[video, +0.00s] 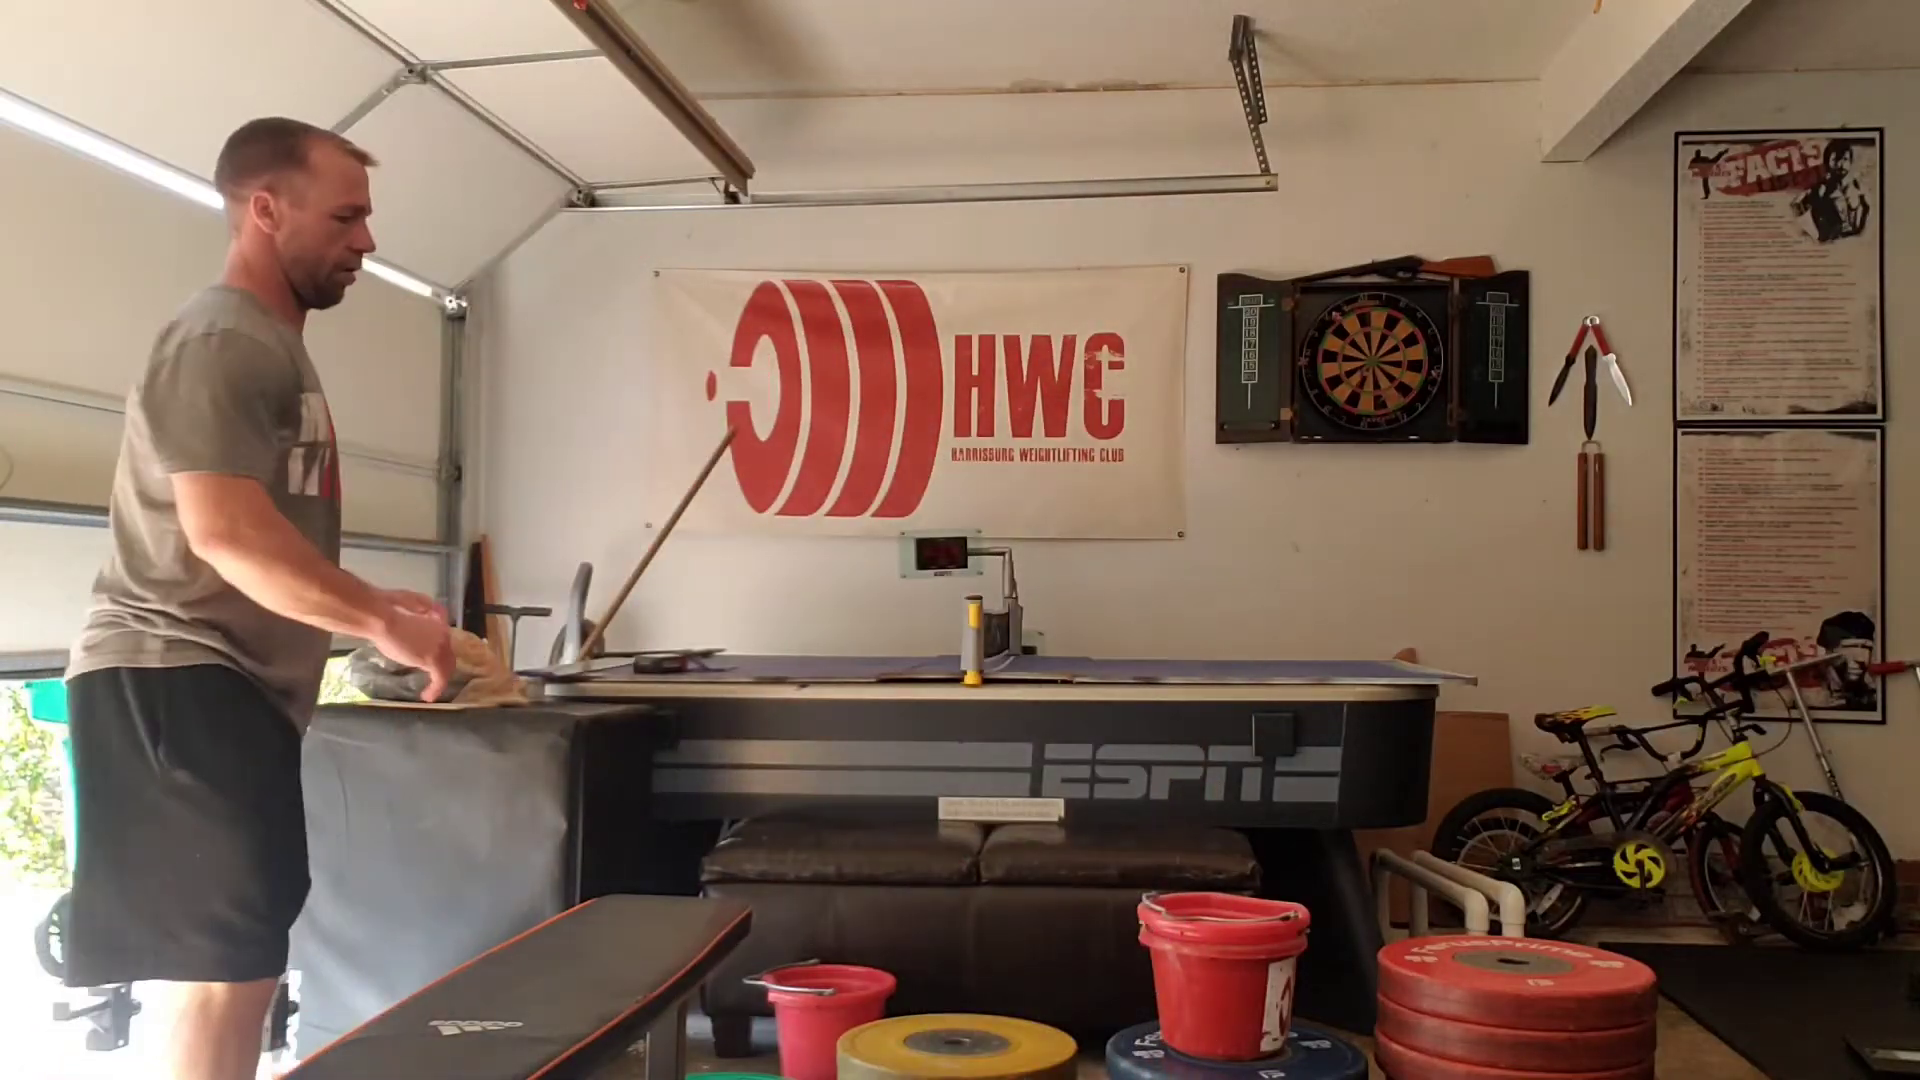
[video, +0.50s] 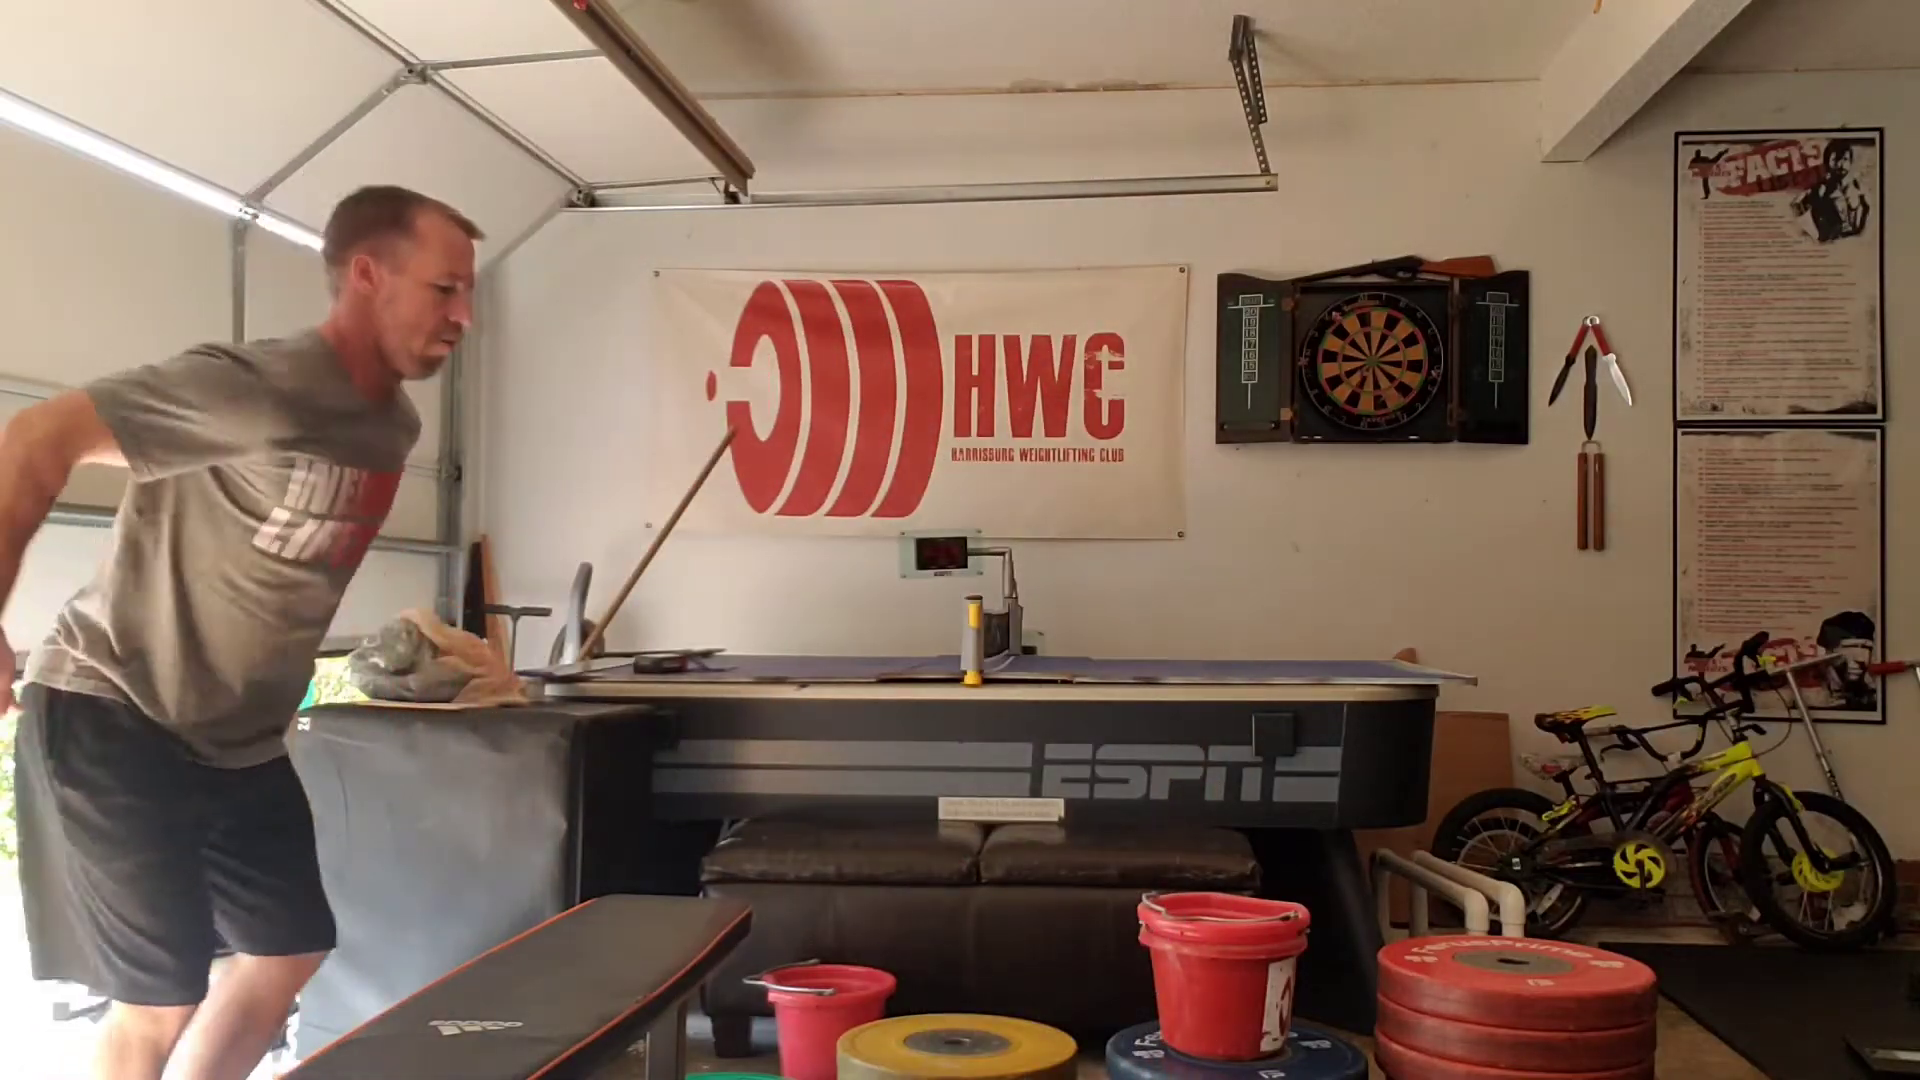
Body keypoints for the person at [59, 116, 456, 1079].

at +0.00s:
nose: (366, 240)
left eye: (366, 217)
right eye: (347, 215)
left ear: (276, 214)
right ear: (265, 209)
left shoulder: (271, 349)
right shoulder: (225, 337)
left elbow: (267, 544)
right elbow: (222, 528)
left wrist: (393, 618)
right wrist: (381, 618)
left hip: (226, 678)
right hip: (179, 673)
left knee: (237, 972)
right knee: (227, 975)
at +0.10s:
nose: (361, 245)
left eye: (363, 223)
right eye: (343, 220)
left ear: (268, 220)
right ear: (259, 215)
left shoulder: (291, 371)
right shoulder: (187, 347)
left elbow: (314, 538)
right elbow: (158, 523)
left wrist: (417, 600)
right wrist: (334, 630)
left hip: (230, 688)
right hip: (152, 678)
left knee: (218, 960)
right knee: (230, 957)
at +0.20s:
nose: (364, 242)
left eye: (366, 221)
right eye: (346, 216)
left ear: (272, 214)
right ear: (262, 208)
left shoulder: (313, 372)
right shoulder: (186, 331)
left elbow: (350, 531)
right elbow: (113, 502)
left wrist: (452, 624)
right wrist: (249, 636)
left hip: (223, 697)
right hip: (134, 680)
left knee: (201, 964)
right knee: (197, 966)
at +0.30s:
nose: (382, 248)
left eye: (385, 227)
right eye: (363, 221)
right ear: (278, 213)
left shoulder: (331, 373)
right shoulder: (200, 339)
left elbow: (357, 527)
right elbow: (61, 481)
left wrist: (431, 636)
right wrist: (122, 654)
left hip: (234, 719)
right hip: (140, 705)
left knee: (187, 990)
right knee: (166, 993)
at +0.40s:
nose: (417, 270)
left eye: (420, 247)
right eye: (399, 242)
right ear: (316, 230)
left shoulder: (358, 384)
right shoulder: (230, 347)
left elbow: (340, 513)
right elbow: (33, 445)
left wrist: (360, 643)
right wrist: (7, 633)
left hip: (240, 722)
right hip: (124, 698)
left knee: (231, 967)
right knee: (144, 986)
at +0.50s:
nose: (464, 318)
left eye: (467, 294)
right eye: (445, 288)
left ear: (376, 279)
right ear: (364, 274)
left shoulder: (393, 429)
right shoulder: (253, 387)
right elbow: (45, 434)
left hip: (243, 732)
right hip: (112, 708)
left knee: (281, 952)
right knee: (157, 1002)